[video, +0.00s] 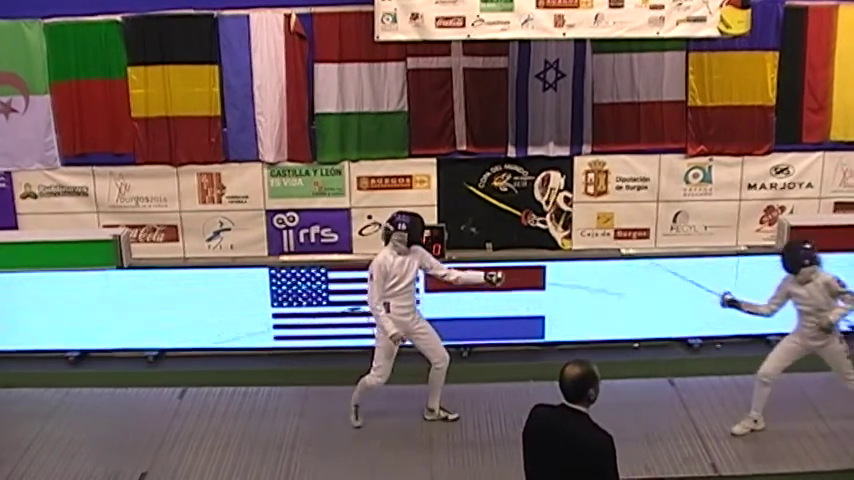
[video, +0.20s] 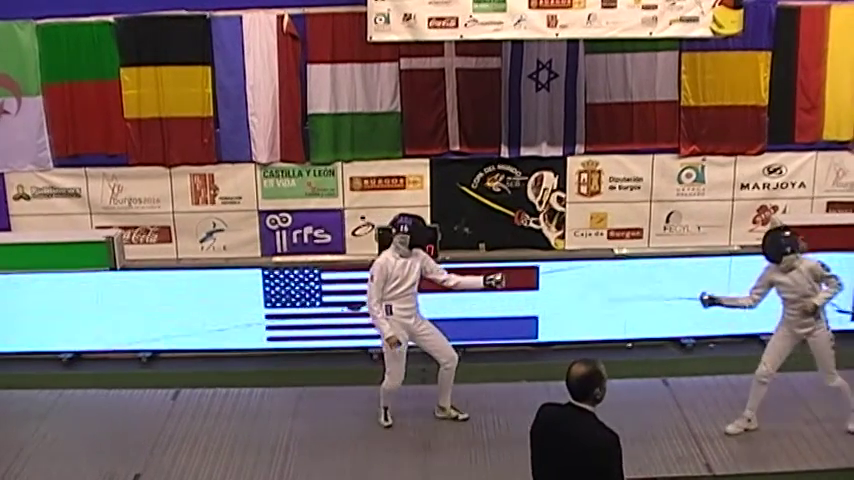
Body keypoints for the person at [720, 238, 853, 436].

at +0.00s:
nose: (808, 274)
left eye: (810, 269)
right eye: (803, 270)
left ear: (812, 265)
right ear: (794, 269)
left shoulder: (826, 280)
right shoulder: (789, 284)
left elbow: (849, 299)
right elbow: (769, 310)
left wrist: (833, 318)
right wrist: (737, 304)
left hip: (829, 340)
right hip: (800, 338)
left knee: (850, 380)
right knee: (765, 374)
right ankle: (755, 418)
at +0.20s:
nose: (782, 264)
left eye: (784, 259)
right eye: (778, 261)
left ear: (792, 252)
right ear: (774, 258)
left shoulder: (810, 266)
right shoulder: (771, 273)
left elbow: (835, 284)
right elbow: (750, 301)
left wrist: (817, 301)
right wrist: (717, 301)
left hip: (816, 328)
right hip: (788, 328)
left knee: (831, 380)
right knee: (763, 373)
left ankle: (853, 414)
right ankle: (748, 417)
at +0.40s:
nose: (770, 270)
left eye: (772, 266)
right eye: (767, 267)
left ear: (781, 259)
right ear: (766, 263)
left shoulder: (801, 275)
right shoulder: (763, 279)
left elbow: (824, 296)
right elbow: (742, 305)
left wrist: (803, 311)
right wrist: (710, 302)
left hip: (799, 338)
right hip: (771, 335)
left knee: (807, 391)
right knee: (742, 375)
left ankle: (833, 418)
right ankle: (734, 418)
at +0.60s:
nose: (769, 262)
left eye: (771, 257)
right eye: (766, 258)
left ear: (782, 251)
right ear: (765, 255)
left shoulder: (803, 263)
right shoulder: (764, 268)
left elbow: (830, 280)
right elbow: (746, 296)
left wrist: (810, 298)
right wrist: (713, 295)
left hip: (809, 323)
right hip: (781, 322)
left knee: (820, 375)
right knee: (757, 367)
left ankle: (835, 416)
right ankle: (744, 415)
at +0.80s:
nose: (785, 274)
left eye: (788, 270)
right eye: (782, 270)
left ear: (796, 262)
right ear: (777, 267)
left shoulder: (814, 276)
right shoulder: (774, 280)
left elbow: (833, 299)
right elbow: (756, 306)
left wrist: (814, 312)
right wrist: (724, 306)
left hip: (814, 335)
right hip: (786, 332)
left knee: (832, 384)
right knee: (751, 370)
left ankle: (853, 412)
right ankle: (738, 415)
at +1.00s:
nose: (800, 262)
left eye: (802, 258)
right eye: (798, 259)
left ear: (807, 252)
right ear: (791, 258)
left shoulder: (827, 266)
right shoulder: (789, 272)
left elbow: (852, 281)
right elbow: (777, 300)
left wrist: (840, 299)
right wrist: (745, 303)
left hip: (830, 326)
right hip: (802, 325)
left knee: (837, 375)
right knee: (772, 367)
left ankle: (848, 413)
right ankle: (748, 410)